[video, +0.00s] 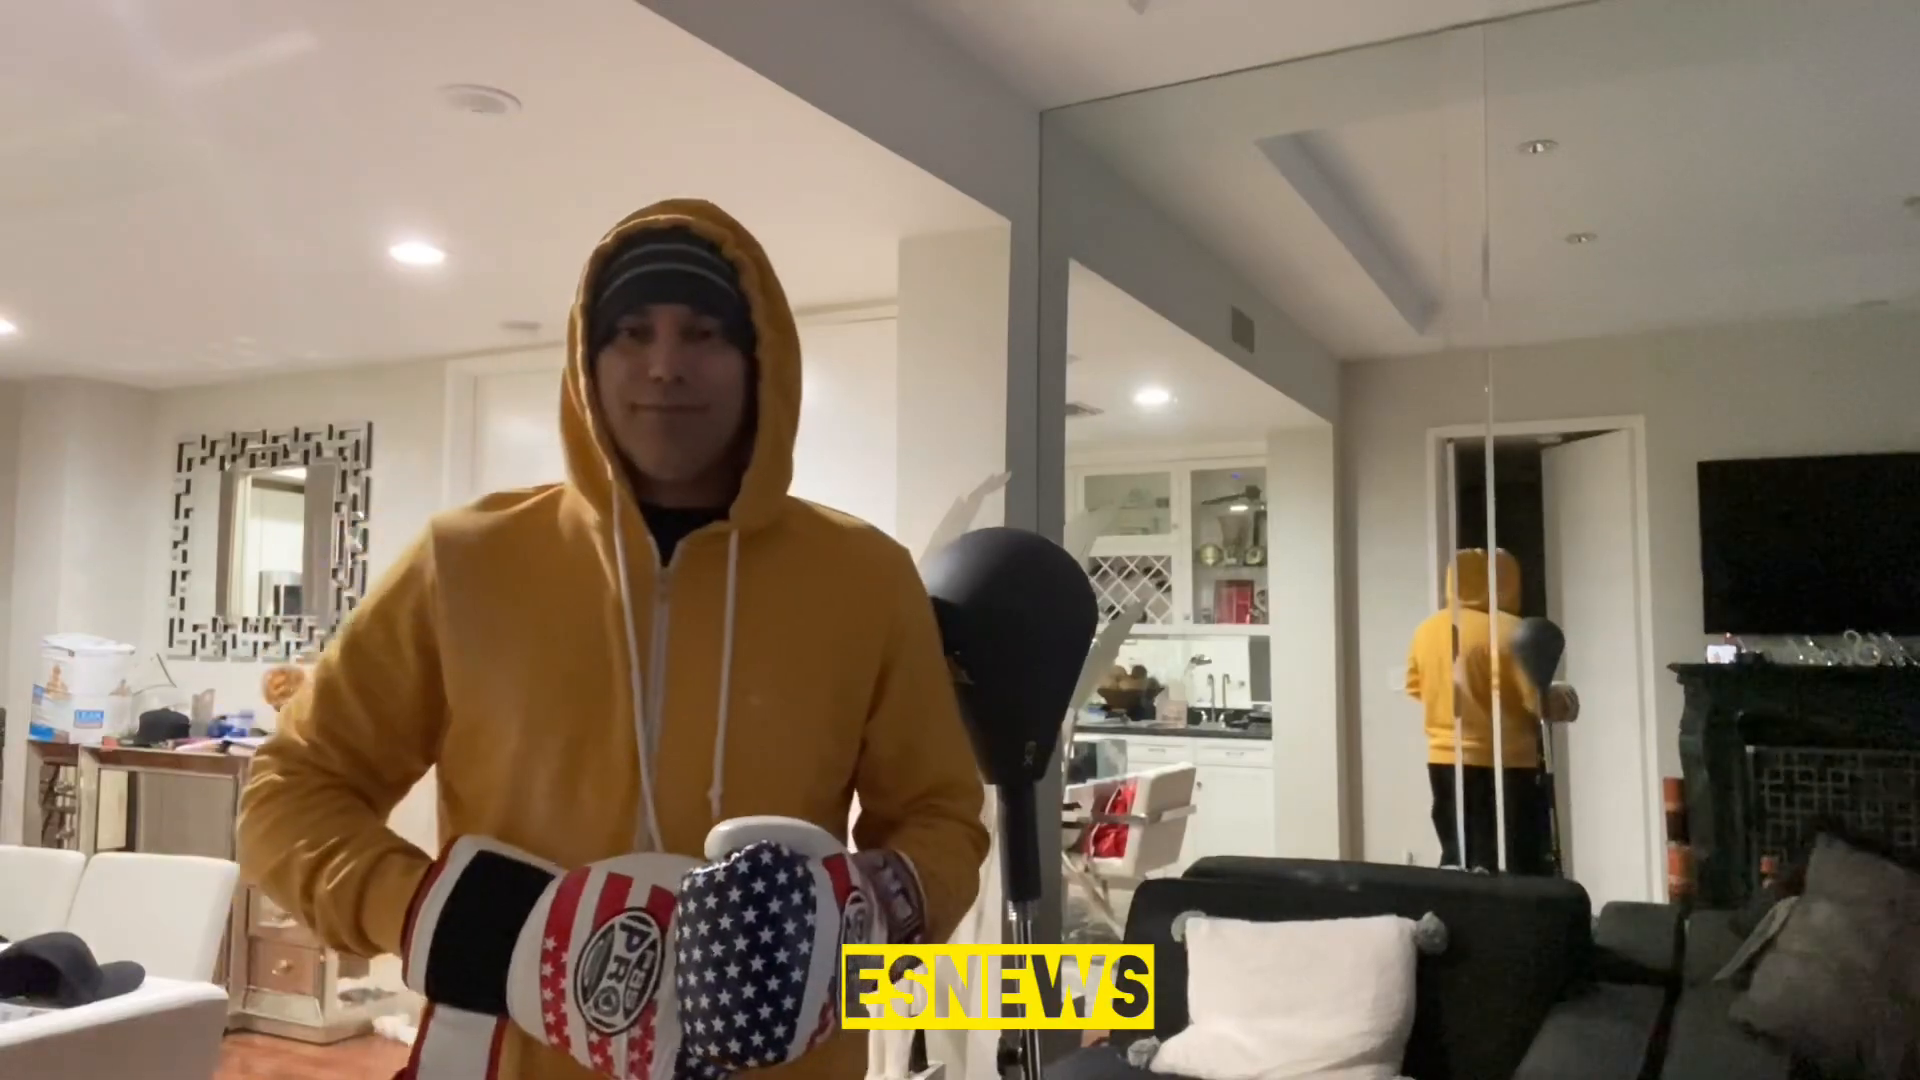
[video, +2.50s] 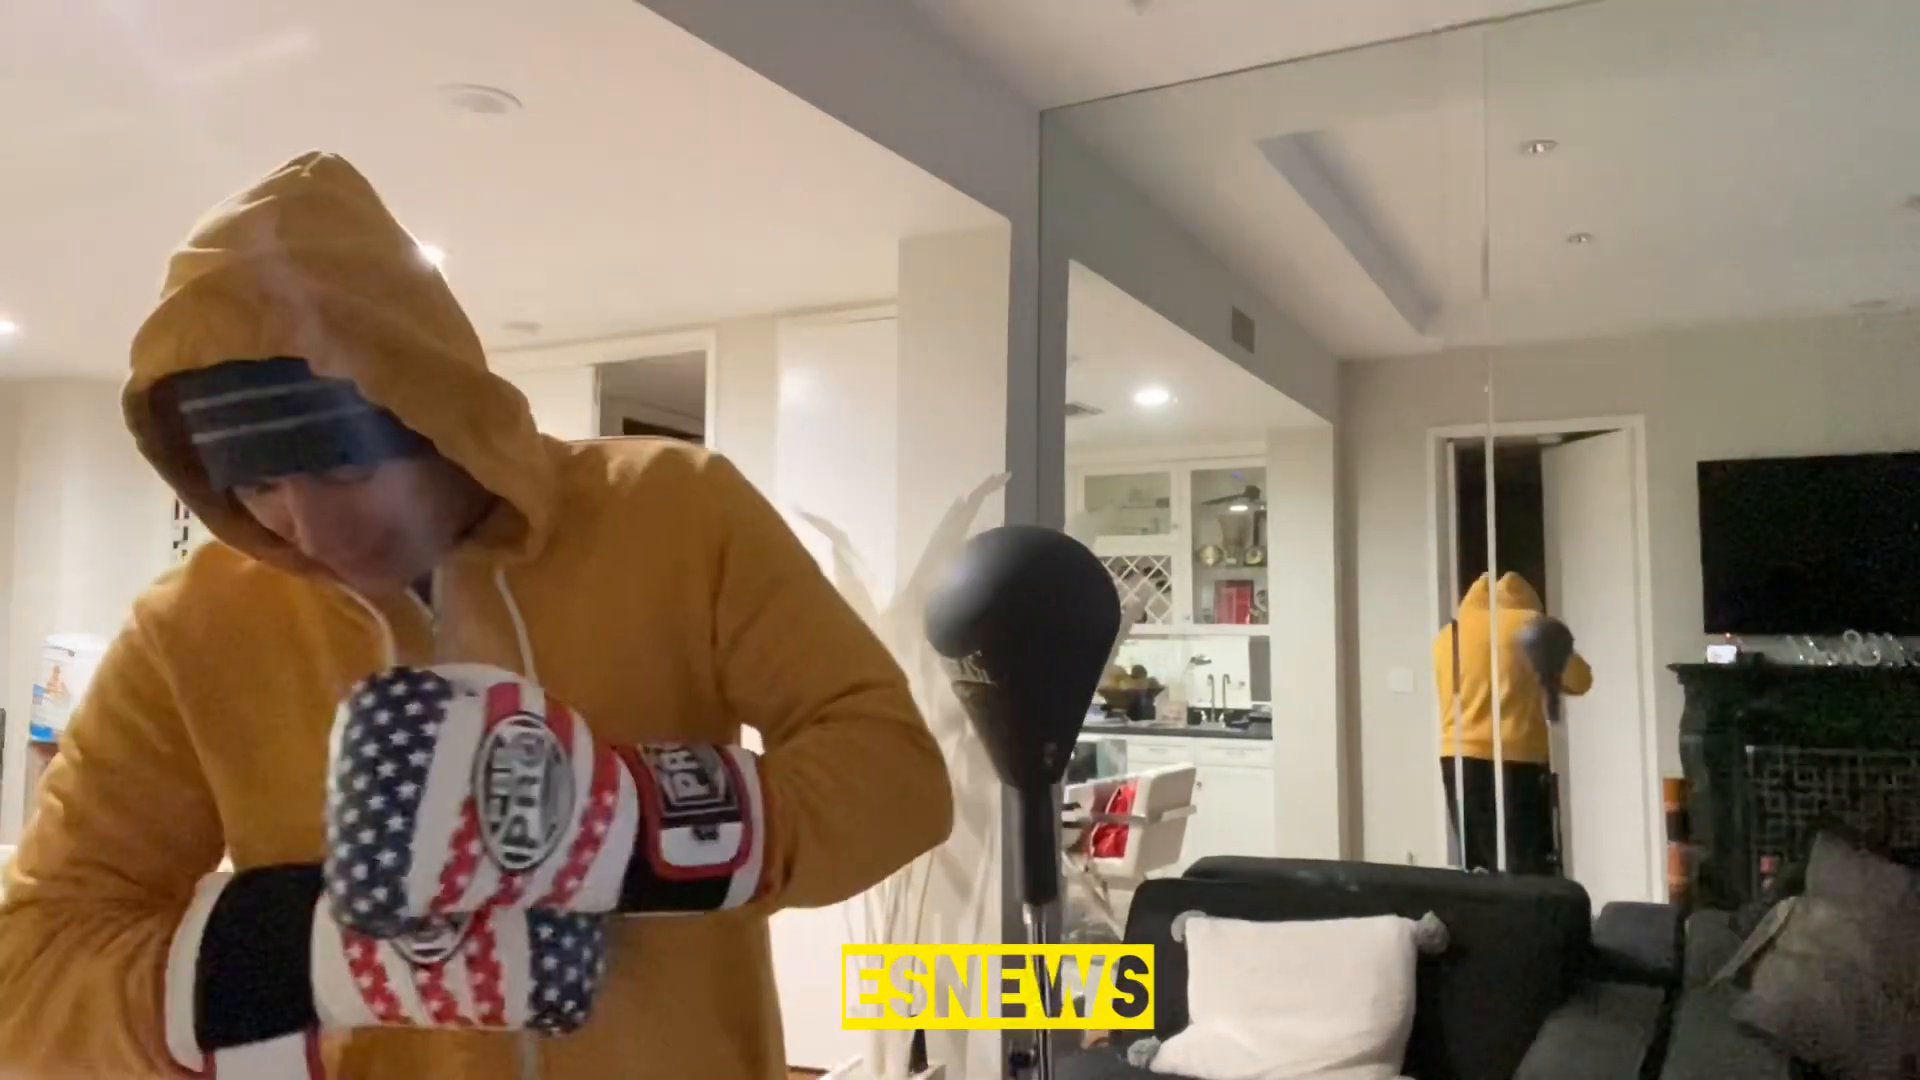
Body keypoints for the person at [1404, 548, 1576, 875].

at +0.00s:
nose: (1517, 589)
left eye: (1515, 581)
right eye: (1512, 581)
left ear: (1454, 582)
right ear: (1500, 584)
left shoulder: (1428, 630)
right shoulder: (1509, 631)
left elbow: (1414, 687)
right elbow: (1536, 700)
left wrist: (1455, 699)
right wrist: (1564, 701)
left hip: (1447, 766)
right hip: (1508, 768)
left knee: (1459, 857)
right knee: (1521, 862)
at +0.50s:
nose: (1521, 589)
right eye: (1517, 582)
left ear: (1465, 582)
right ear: (1510, 584)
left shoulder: (1435, 628)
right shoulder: (1518, 630)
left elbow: (1420, 683)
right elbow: (1548, 703)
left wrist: (1463, 691)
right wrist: (1569, 697)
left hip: (1453, 769)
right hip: (1515, 770)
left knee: (1463, 861)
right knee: (1524, 867)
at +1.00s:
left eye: (1453, 581)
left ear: (1456, 584)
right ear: (1507, 583)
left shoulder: (1436, 631)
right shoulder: (1524, 630)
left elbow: (1430, 683)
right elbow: (1557, 705)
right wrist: (1568, 676)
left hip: (1460, 771)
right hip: (1521, 771)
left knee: (1467, 864)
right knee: (1527, 869)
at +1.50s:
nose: (1525, 591)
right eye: (1521, 583)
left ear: (1463, 586)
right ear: (1513, 586)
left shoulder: (1437, 634)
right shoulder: (1528, 633)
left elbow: (1433, 689)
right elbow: (1575, 698)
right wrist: (1558, 657)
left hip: (1463, 770)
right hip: (1524, 770)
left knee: (1477, 860)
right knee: (1529, 867)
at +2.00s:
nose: (1535, 603)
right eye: (1532, 596)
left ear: (1474, 590)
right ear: (1523, 594)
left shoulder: (1443, 633)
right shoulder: (1527, 630)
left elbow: (1455, 693)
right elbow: (1573, 690)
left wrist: (1538, 706)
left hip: (1459, 766)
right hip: (1516, 766)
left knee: (1476, 861)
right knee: (1525, 863)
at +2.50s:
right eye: (1532, 603)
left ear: (1475, 596)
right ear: (1525, 598)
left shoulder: (1448, 635)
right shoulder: (1532, 625)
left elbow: (1447, 690)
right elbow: (1578, 680)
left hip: (1461, 759)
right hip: (1522, 760)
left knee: (1475, 855)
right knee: (1528, 857)